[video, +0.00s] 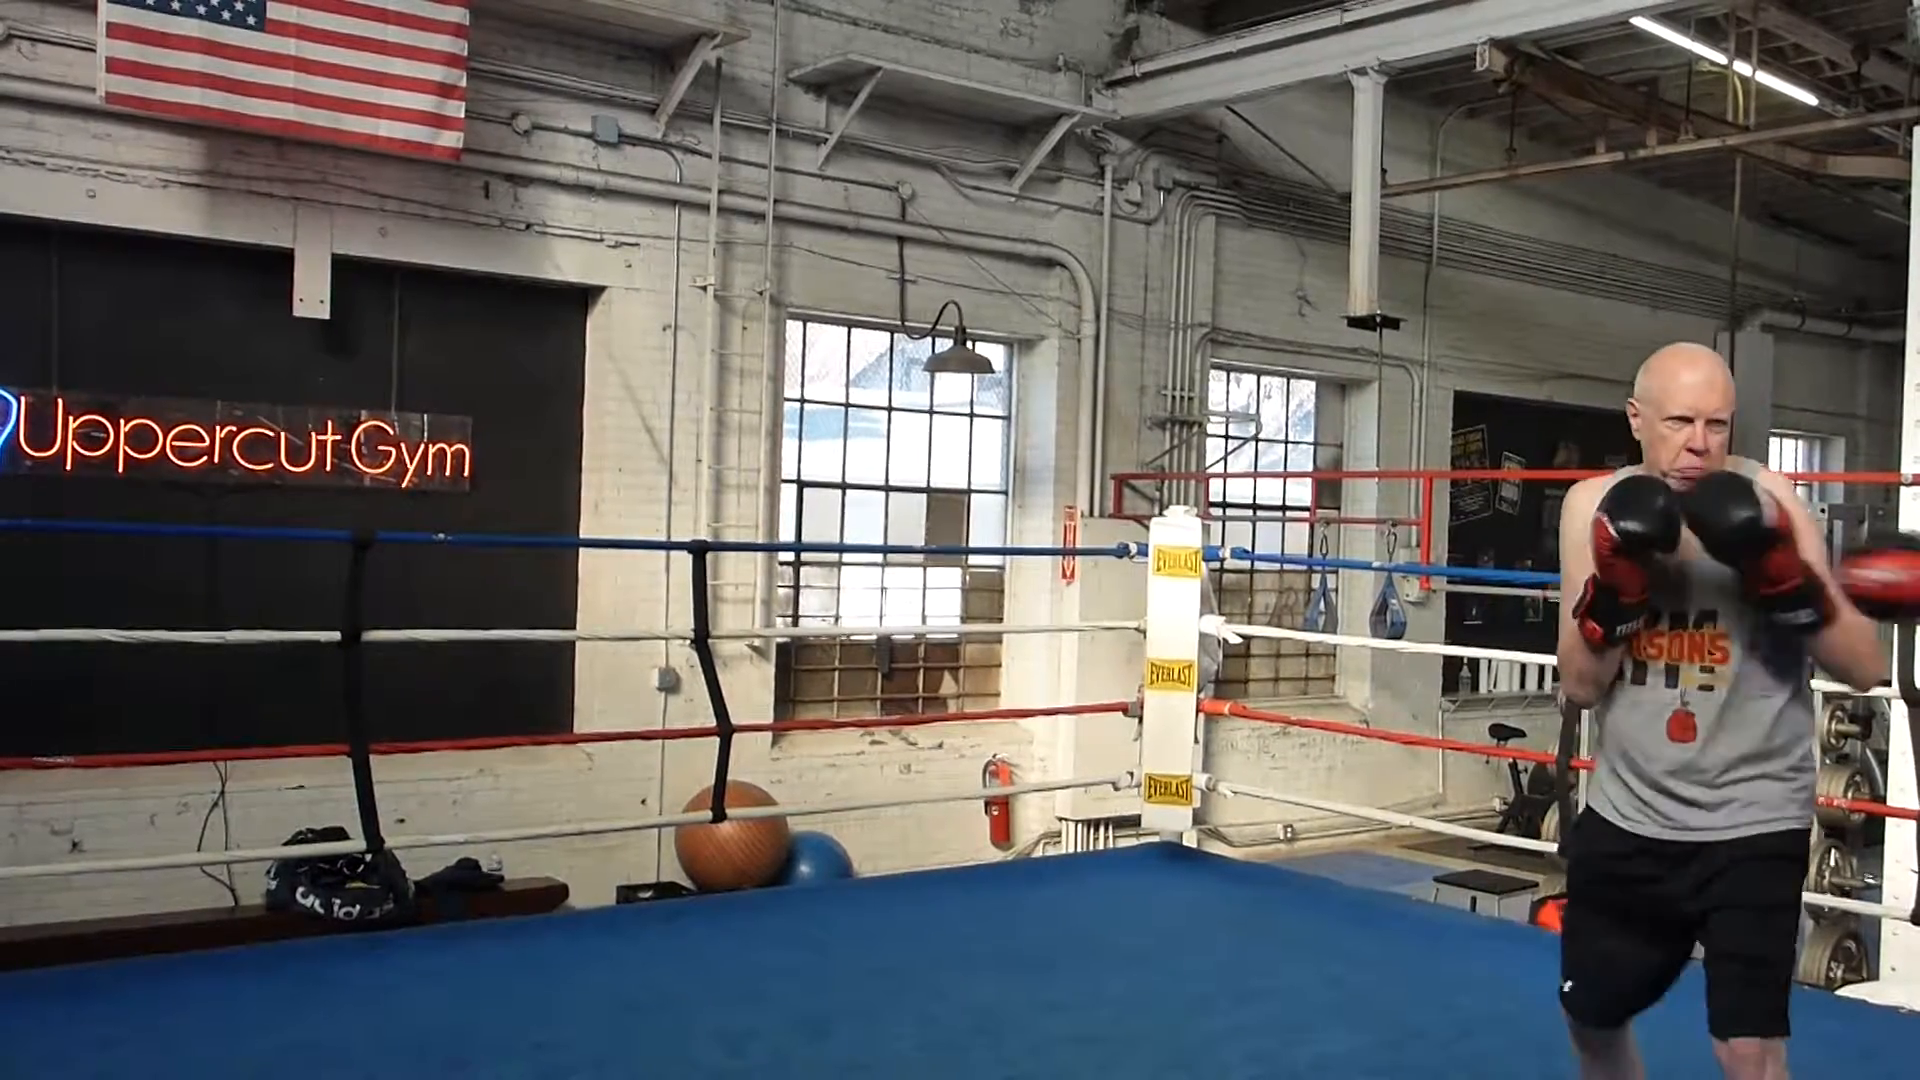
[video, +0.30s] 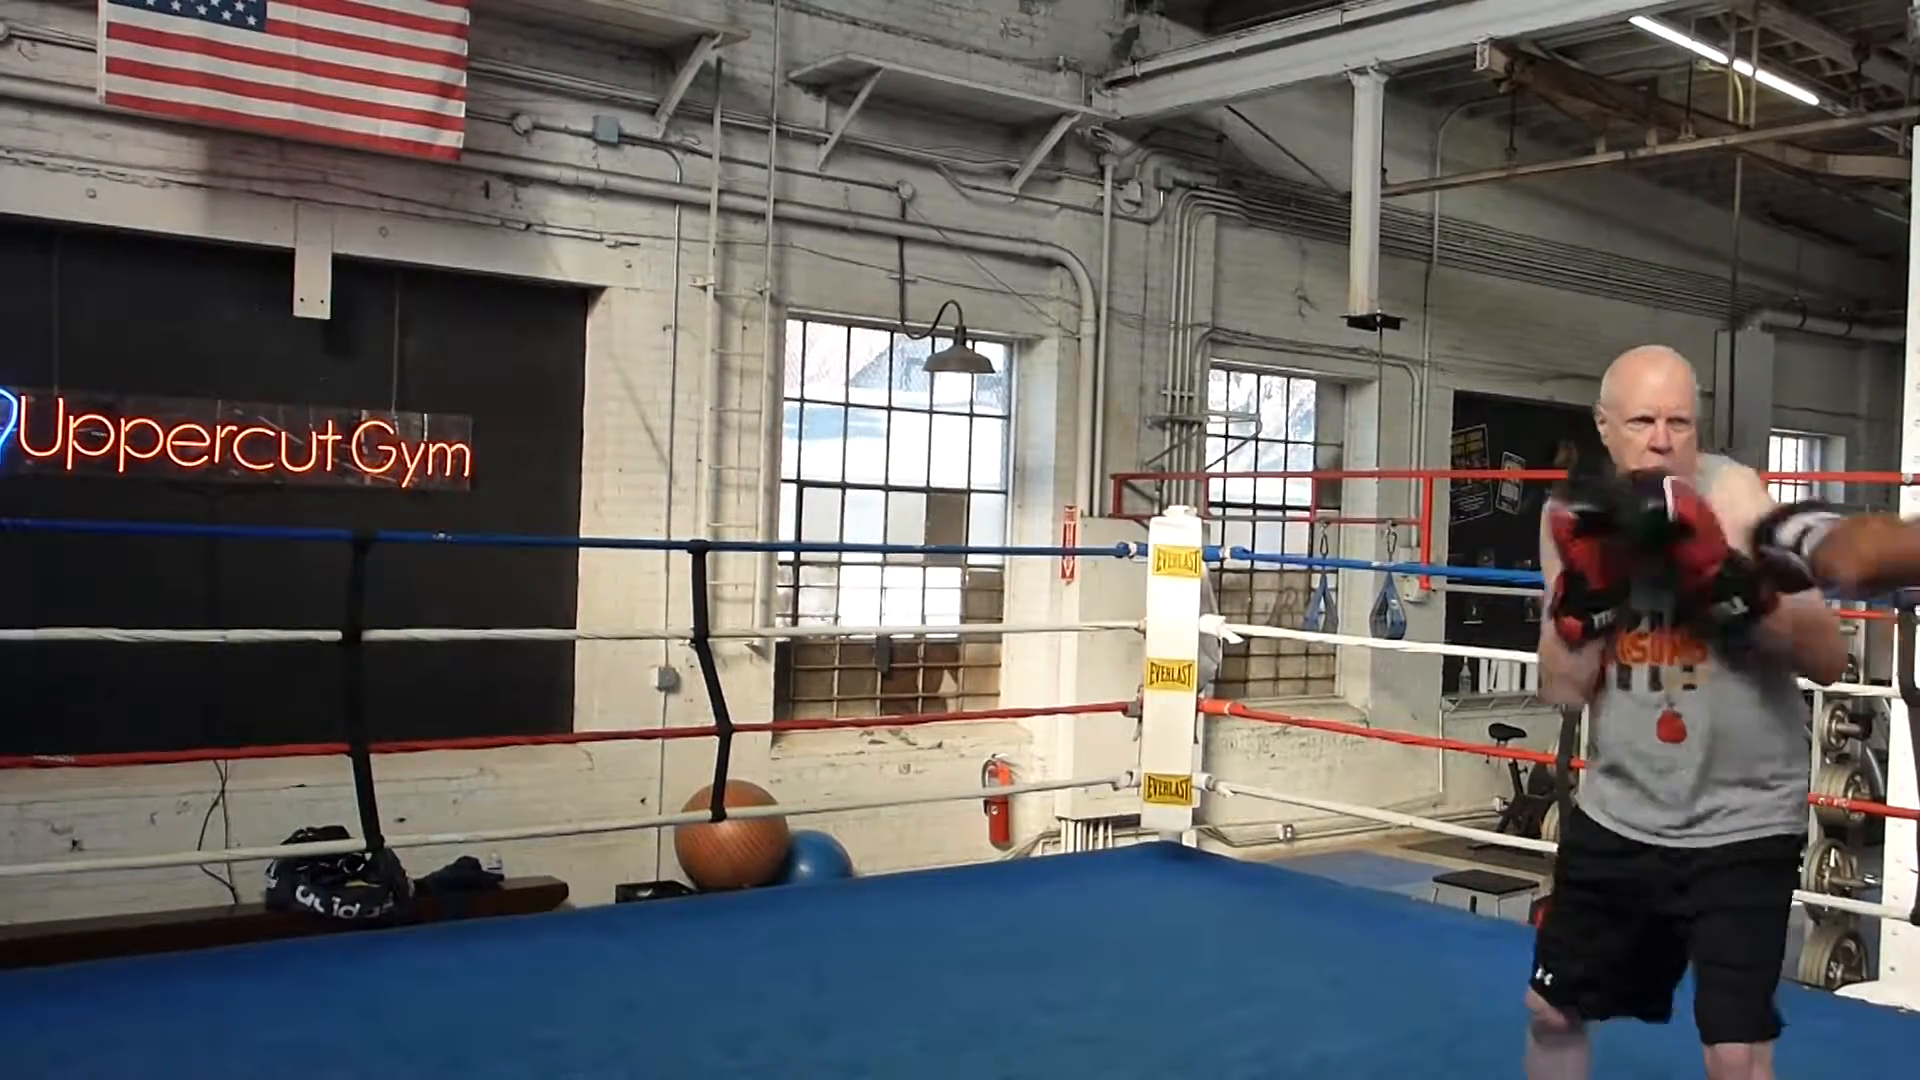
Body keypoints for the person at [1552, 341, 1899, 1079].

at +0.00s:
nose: (1700, 441)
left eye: (1717, 423)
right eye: (1680, 420)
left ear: (1735, 425)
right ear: (1637, 418)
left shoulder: (1773, 500)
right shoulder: (1592, 503)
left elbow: (1870, 669)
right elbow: (1579, 684)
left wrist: (1792, 582)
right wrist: (1614, 600)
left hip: (1757, 809)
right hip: (1629, 804)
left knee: (1747, 1045)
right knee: (1591, 1016)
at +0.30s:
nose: (1661, 440)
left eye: (1678, 421)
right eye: (1641, 421)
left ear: (1699, 424)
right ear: (1604, 427)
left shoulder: (1742, 494)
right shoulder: (1573, 513)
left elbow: (1830, 659)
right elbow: (1562, 692)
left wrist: (1735, 586)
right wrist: (1583, 601)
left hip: (1746, 816)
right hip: (1617, 811)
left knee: (1736, 1054)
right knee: (1552, 1011)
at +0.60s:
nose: (1623, 446)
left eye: (1640, 426)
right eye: (1603, 426)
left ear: (1663, 424)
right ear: (1569, 425)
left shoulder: (1707, 491)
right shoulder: (1540, 514)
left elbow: (1768, 667)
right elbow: (1538, 689)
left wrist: (1682, 577)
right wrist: (1556, 609)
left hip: (1718, 814)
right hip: (1592, 809)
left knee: (1729, 1047)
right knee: (1540, 1009)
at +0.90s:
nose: (1642, 440)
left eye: (1656, 424)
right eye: (1622, 423)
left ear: (1669, 423)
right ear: (1575, 426)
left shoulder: (1703, 493)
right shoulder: (1535, 511)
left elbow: (1748, 679)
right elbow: (1534, 687)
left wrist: (1694, 596)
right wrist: (1568, 594)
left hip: (1700, 817)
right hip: (1568, 811)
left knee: (1717, 1041)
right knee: (1526, 1015)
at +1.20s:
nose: (1728, 432)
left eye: (1737, 415)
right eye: (1709, 413)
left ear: (1746, 420)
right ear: (1645, 414)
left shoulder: (1759, 509)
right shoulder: (1578, 499)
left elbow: (1781, 688)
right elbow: (1567, 674)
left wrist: (1756, 576)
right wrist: (1634, 578)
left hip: (1728, 835)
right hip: (1587, 828)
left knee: (1761, 1055)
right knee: (1541, 1026)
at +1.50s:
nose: (1804, 439)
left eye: (1805, 420)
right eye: (1790, 416)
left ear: (1727, 413)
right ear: (1718, 409)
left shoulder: (1756, 516)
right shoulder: (1626, 491)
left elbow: (1784, 687)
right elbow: (1651, 676)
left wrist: (1833, 578)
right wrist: (1751, 567)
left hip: (1728, 833)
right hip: (1598, 827)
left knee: (1785, 1055)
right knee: (1536, 1049)